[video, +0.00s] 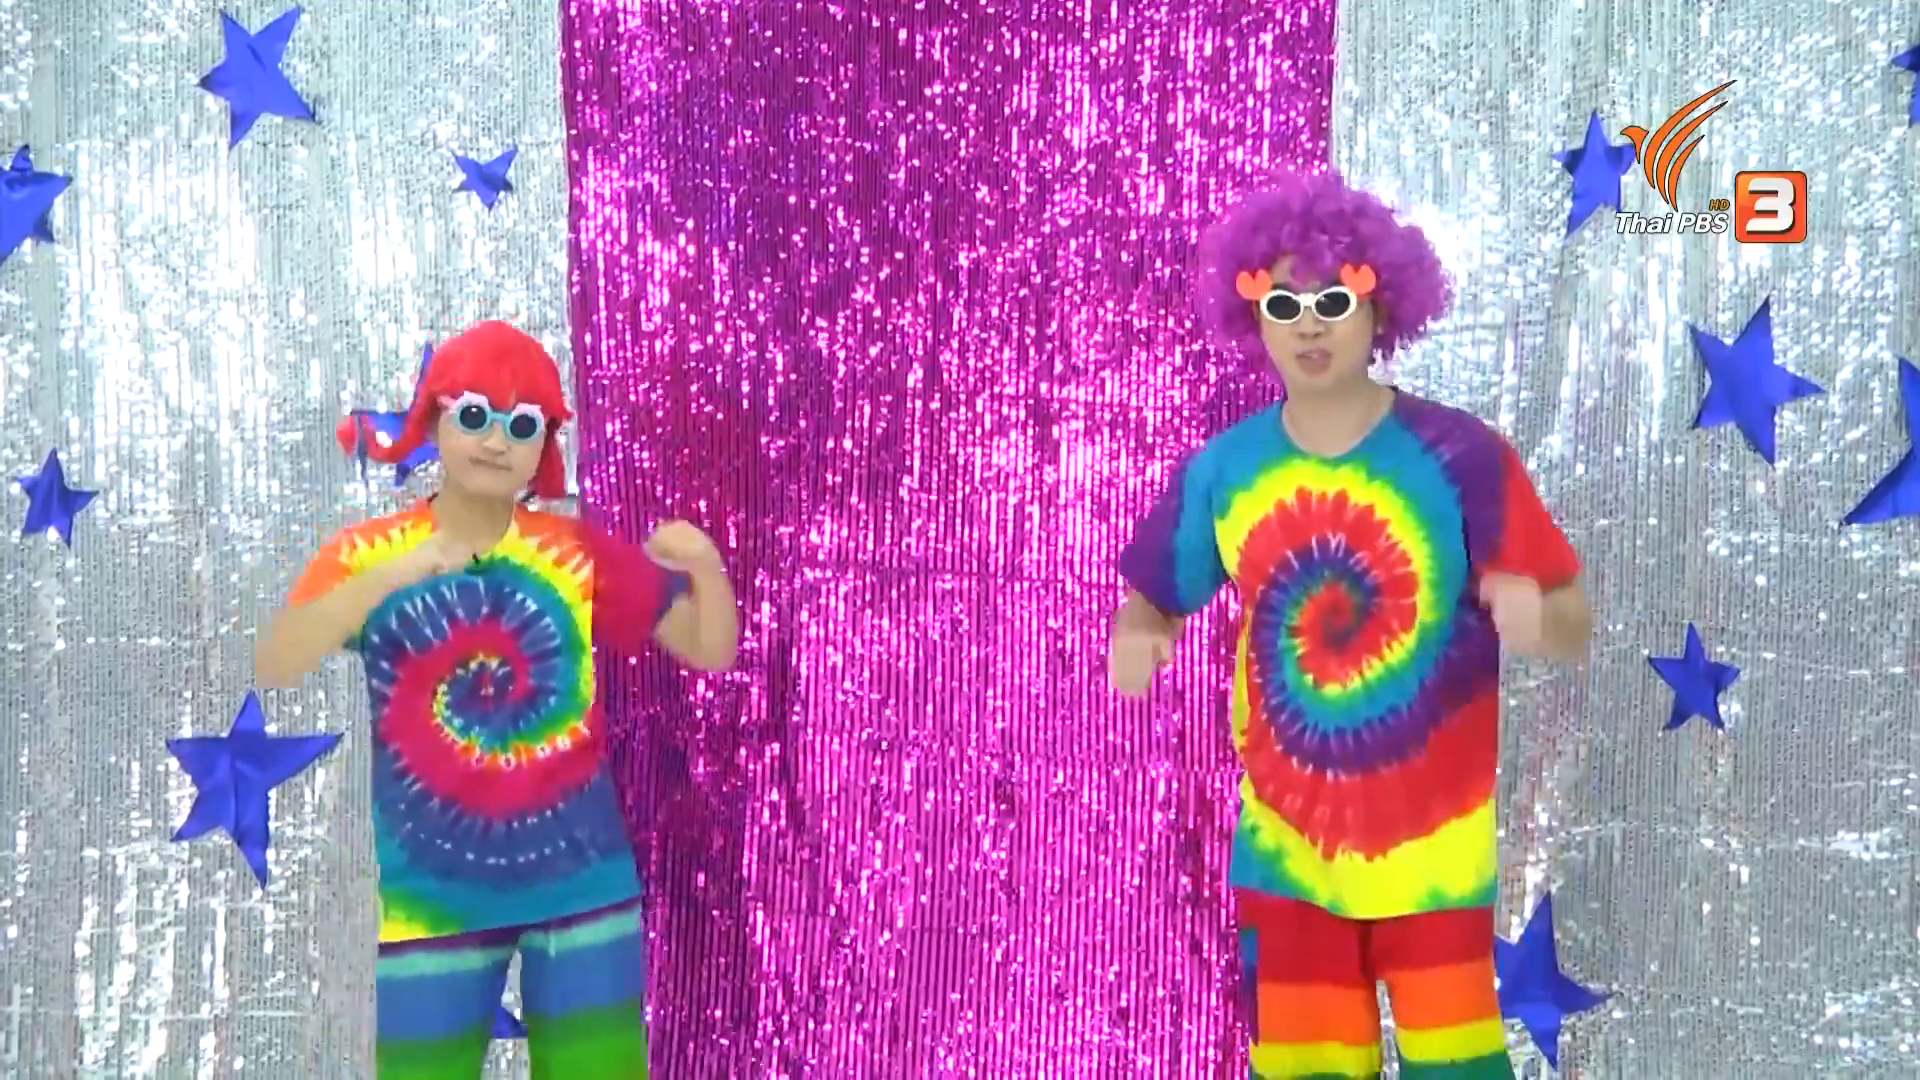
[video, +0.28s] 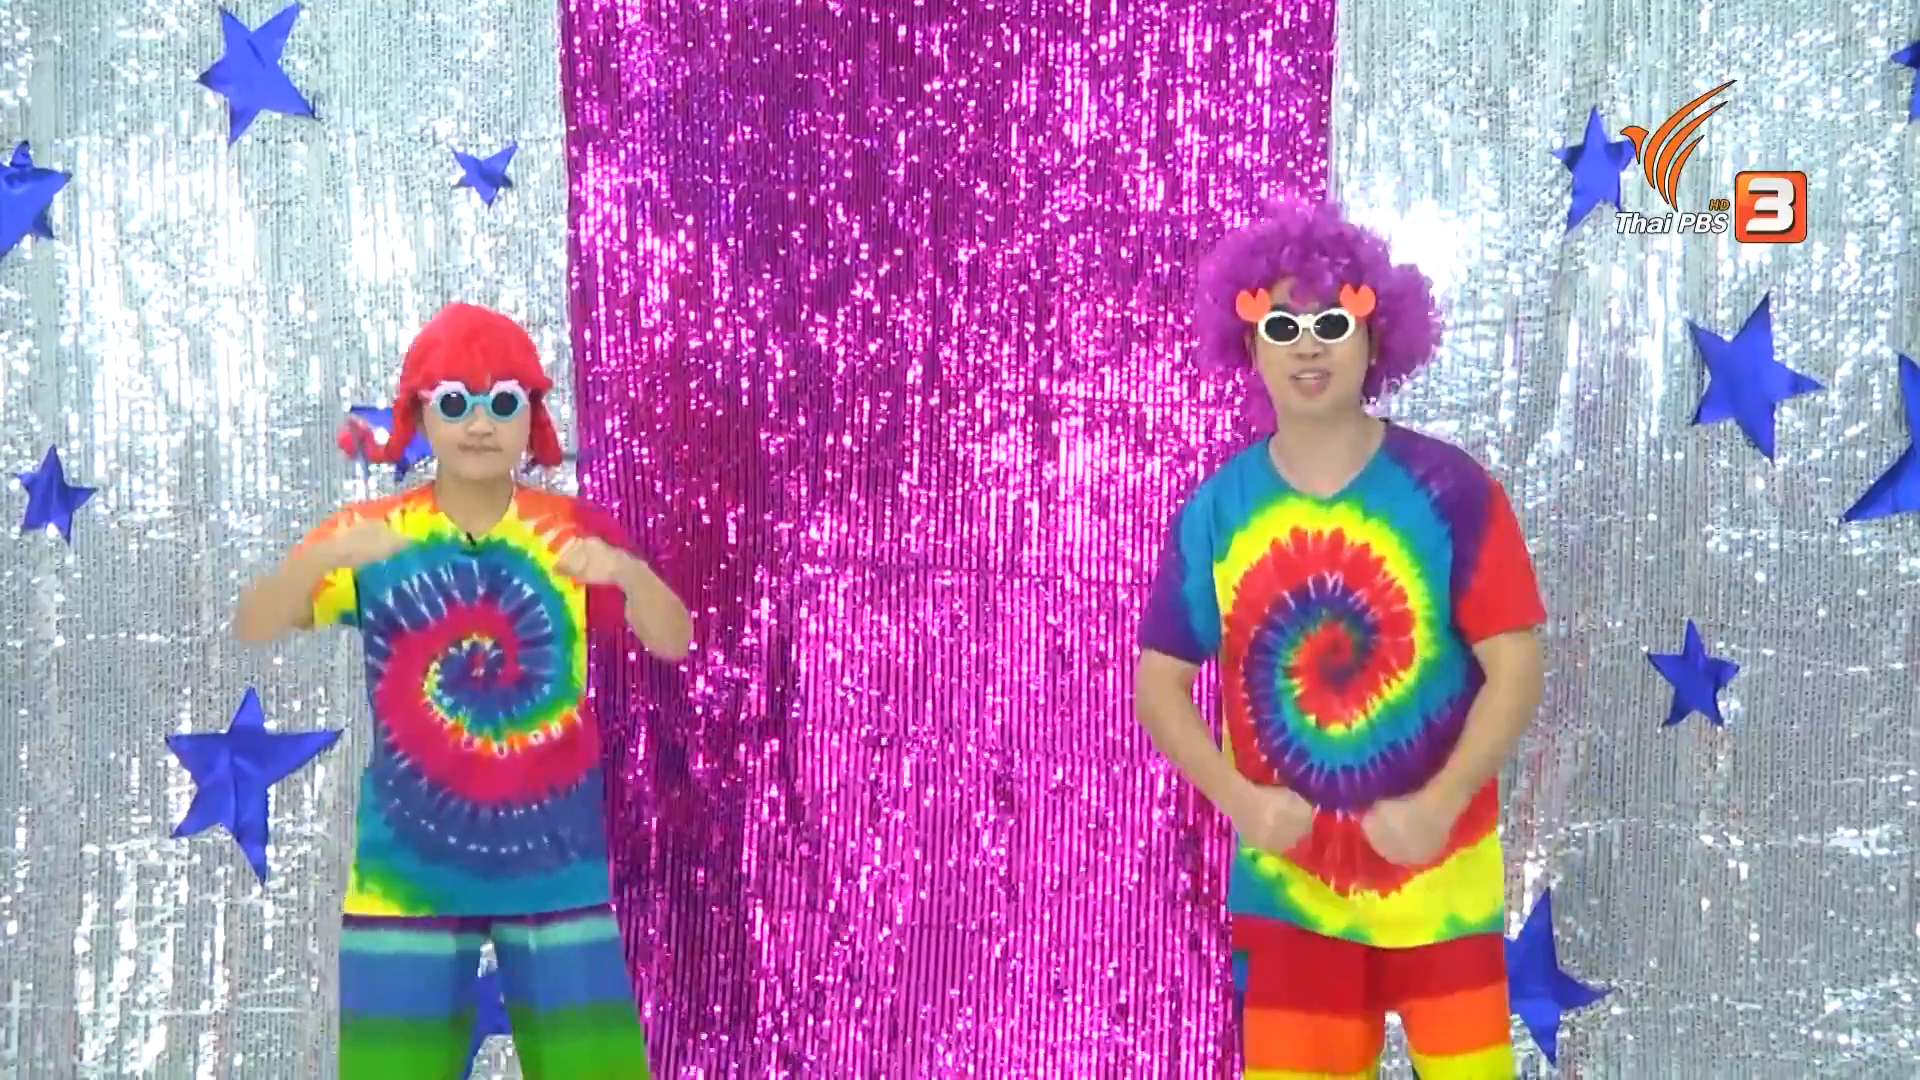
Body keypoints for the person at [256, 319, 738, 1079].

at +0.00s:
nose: (496, 439)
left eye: (521, 424)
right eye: (473, 416)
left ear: (544, 448)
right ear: (434, 430)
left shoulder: (580, 550)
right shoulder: (362, 553)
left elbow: (709, 650)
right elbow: (274, 665)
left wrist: (706, 565)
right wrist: (381, 578)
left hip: (581, 886)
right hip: (427, 893)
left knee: (597, 1068)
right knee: (420, 1070)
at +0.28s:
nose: (480, 422)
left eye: (503, 402)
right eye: (455, 403)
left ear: (531, 421)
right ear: (420, 420)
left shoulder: (569, 529)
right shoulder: (370, 533)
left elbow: (675, 642)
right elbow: (253, 625)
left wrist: (628, 573)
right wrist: (326, 554)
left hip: (556, 868)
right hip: (407, 873)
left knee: (594, 1066)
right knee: (392, 1069)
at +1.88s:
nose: (487, 398)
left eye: (510, 376)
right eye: (462, 380)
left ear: (545, 391)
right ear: (434, 398)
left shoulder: (594, 509)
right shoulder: (393, 519)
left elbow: (629, 662)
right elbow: (357, 674)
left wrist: (677, 722)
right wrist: (265, 762)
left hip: (556, 842)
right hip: (412, 841)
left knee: (566, 1062)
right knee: (374, 1062)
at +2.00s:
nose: (500, 396)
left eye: (524, 376)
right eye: (475, 376)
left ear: (556, 392)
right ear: (443, 392)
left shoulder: (596, 505)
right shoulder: (401, 513)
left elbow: (618, 680)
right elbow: (378, 675)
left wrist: (678, 629)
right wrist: (297, 663)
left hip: (581, 835)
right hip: (446, 836)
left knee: (593, 1063)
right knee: (400, 1062)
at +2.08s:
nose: (506, 407)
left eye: (531, 386)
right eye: (481, 386)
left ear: (563, 404)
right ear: (449, 403)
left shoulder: (598, 511)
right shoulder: (410, 521)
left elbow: (617, 692)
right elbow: (401, 680)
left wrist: (673, 614)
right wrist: (332, 625)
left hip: (594, 841)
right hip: (461, 845)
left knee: (610, 1064)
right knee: (421, 1063)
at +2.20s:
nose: (514, 413)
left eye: (539, 393)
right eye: (489, 393)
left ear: (570, 409)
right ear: (457, 411)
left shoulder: (605, 521)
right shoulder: (413, 526)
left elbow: (623, 699)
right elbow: (413, 695)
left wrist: (674, 622)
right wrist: (370, 621)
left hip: (603, 846)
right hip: (468, 853)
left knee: (625, 1062)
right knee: (447, 1064)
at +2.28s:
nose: (515, 399)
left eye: (539, 378)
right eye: (490, 380)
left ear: (571, 395)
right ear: (458, 398)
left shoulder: (614, 506)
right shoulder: (408, 514)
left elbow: (630, 683)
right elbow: (404, 685)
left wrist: (675, 607)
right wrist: (357, 610)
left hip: (600, 835)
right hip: (460, 840)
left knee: (620, 1062)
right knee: (442, 1063)